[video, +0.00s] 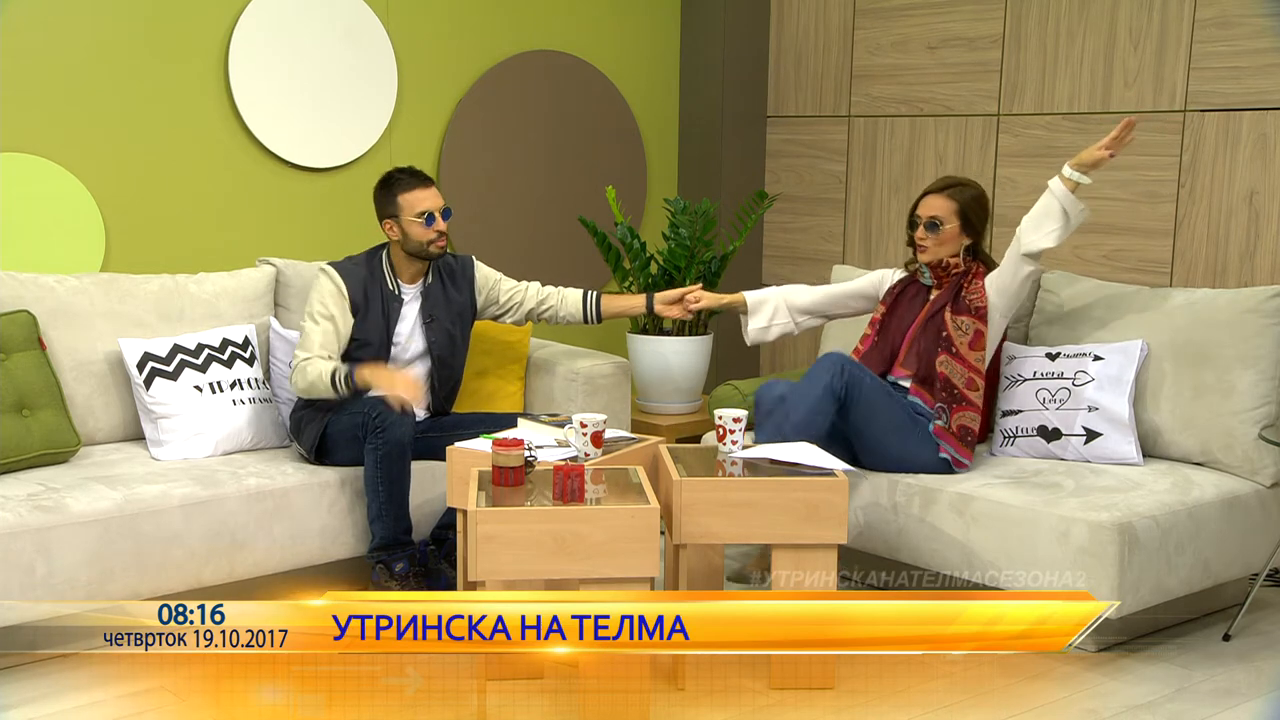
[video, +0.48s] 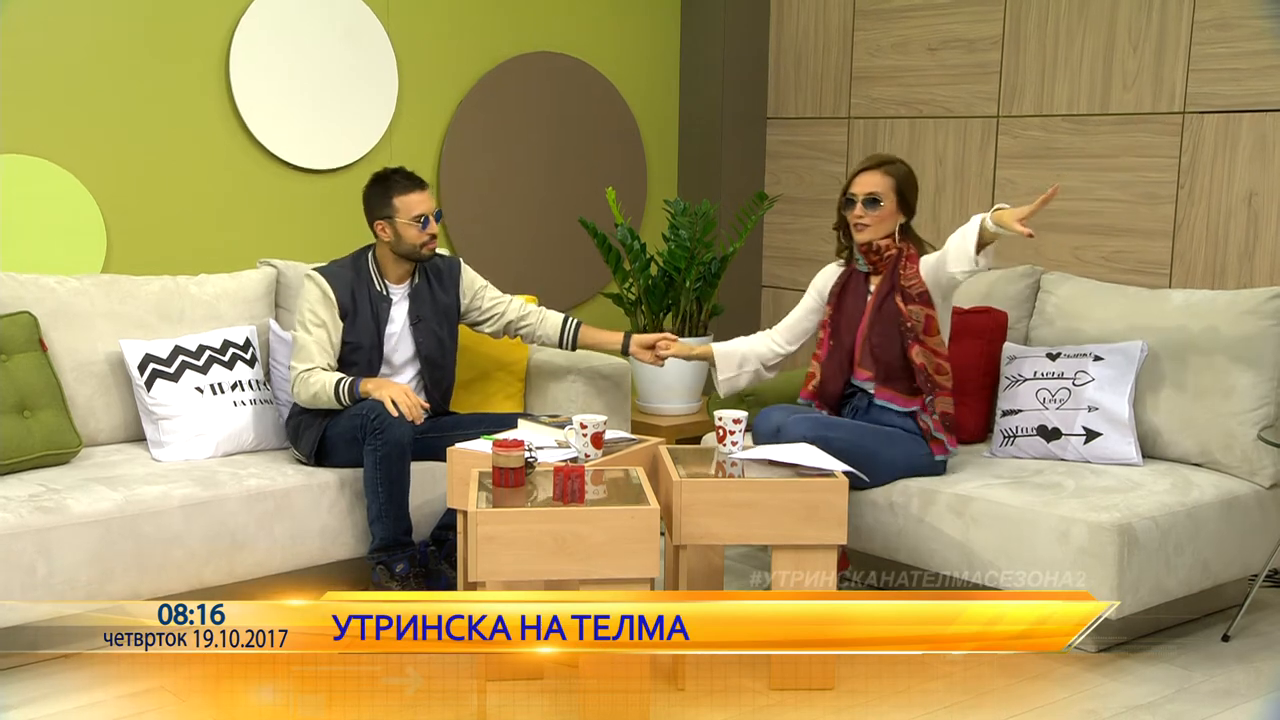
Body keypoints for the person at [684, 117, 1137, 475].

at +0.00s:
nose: (920, 235)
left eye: (934, 226)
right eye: (917, 226)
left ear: (969, 234)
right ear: (913, 232)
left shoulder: (991, 294)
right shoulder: (896, 285)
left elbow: (1028, 247)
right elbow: (816, 299)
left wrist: (1076, 171)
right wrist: (725, 300)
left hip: (931, 437)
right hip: (864, 423)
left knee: (836, 368)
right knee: (772, 398)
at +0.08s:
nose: (913, 233)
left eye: (927, 222)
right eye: (909, 222)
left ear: (962, 228)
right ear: (905, 229)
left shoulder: (988, 293)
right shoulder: (890, 284)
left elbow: (1024, 248)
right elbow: (806, 311)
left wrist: (1067, 178)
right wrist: (714, 306)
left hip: (931, 430)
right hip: (869, 415)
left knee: (824, 388)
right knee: (782, 395)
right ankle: (762, 532)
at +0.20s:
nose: (898, 224)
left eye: (912, 214)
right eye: (891, 214)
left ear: (944, 220)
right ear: (885, 222)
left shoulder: (970, 283)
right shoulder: (871, 282)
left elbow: (1008, 248)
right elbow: (793, 329)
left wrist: (1047, 199)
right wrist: (707, 321)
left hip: (931, 434)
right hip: (866, 414)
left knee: (818, 417)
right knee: (783, 411)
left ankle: (821, 570)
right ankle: (788, 563)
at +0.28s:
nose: (882, 220)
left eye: (897, 209)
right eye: (877, 210)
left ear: (929, 216)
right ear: (870, 219)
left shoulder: (954, 279)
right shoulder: (857, 281)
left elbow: (992, 249)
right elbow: (786, 334)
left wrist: (1027, 212)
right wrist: (704, 331)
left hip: (925, 433)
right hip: (861, 417)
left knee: (808, 427)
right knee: (779, 418)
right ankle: (819, 560)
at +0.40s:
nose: (866, 215)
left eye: (881, 204)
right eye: (859, 204)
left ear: (911, 212)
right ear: (852, 212)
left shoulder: (935, 273)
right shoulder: (842, 277)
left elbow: (969, 252)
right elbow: (780, 339)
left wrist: (1001, 221)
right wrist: (697, 345)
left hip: (915, 430)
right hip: (850, 419)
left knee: (788, 424)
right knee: (773, 422)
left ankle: (826, 565)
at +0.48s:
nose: (857, 213)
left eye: (873, 202)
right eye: (851, 203)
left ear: (903, 212)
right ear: (844, 211)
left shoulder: (928, 273)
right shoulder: (835, 278)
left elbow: (960, 250)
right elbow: (777, 342)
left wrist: (992, 222)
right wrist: (691, 351)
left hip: (911, 432)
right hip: (846, 422)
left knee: (784, 425)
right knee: (765, 422)